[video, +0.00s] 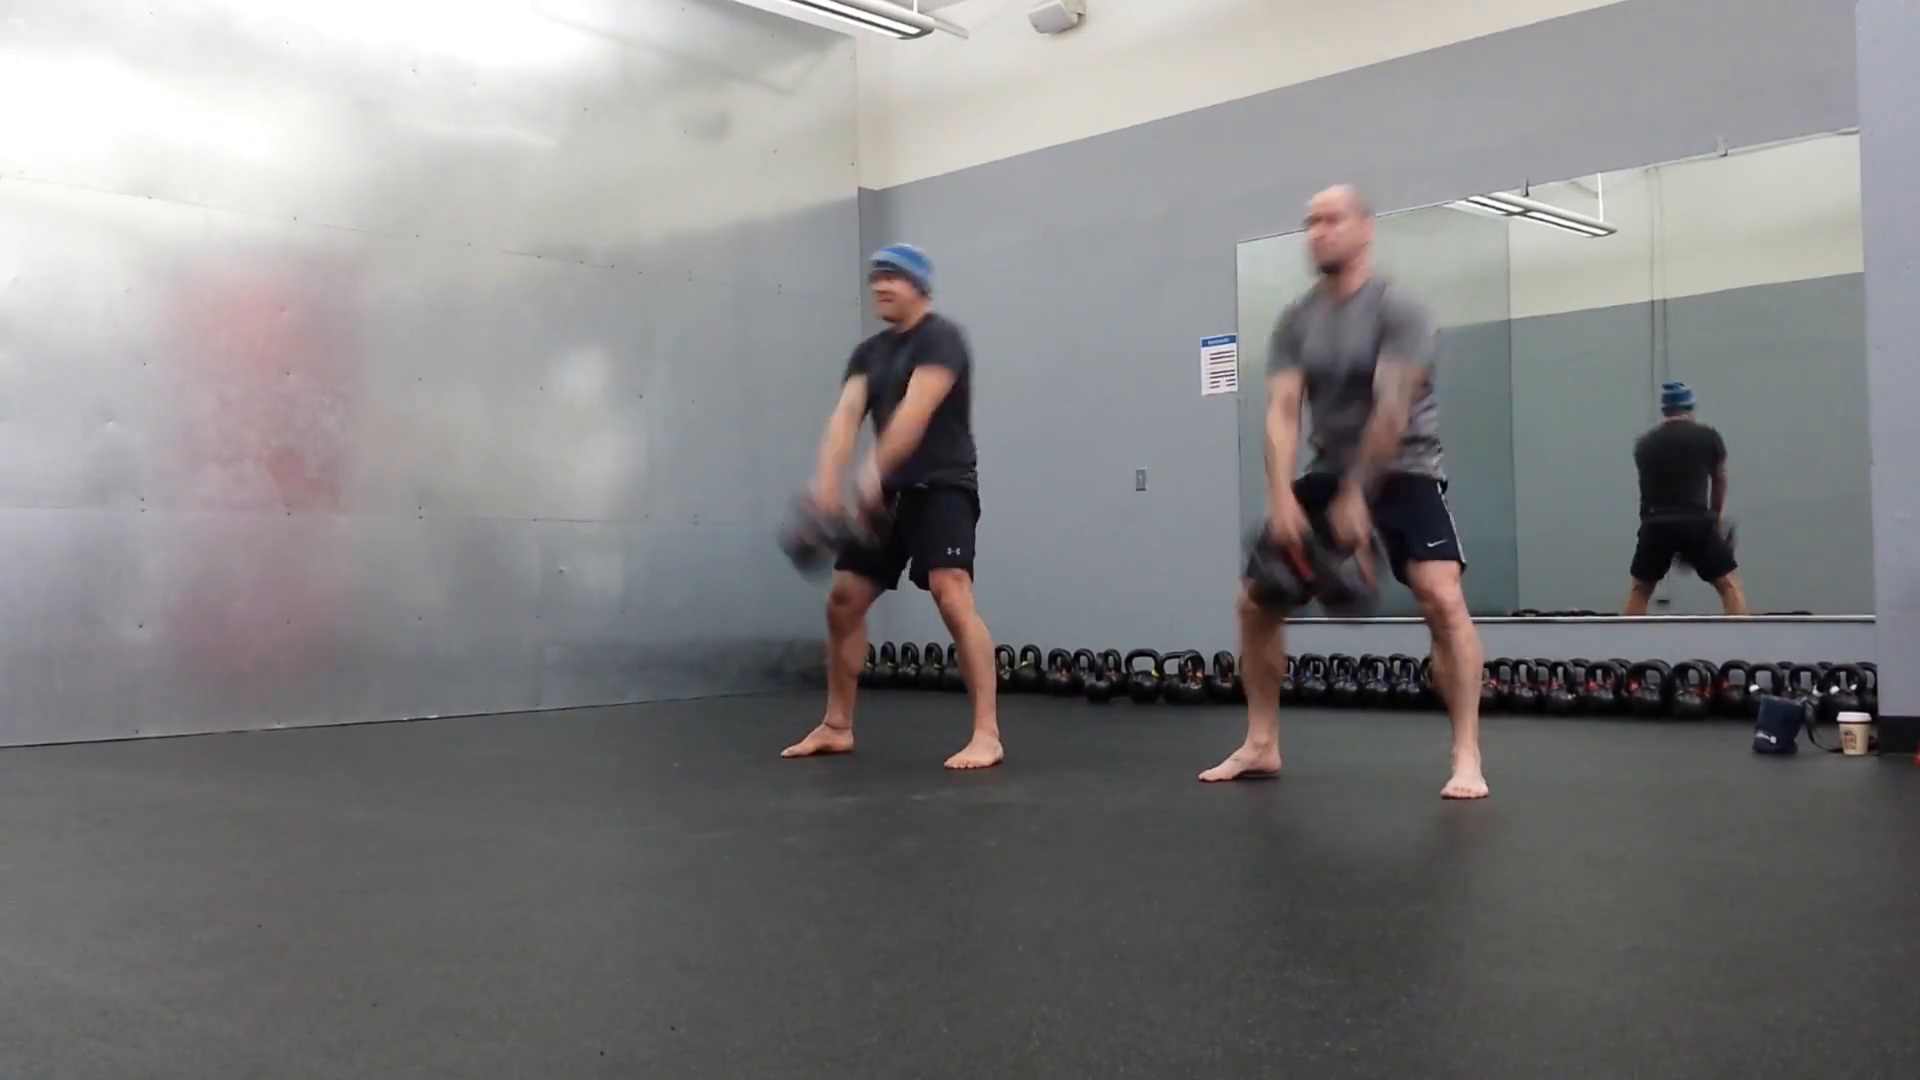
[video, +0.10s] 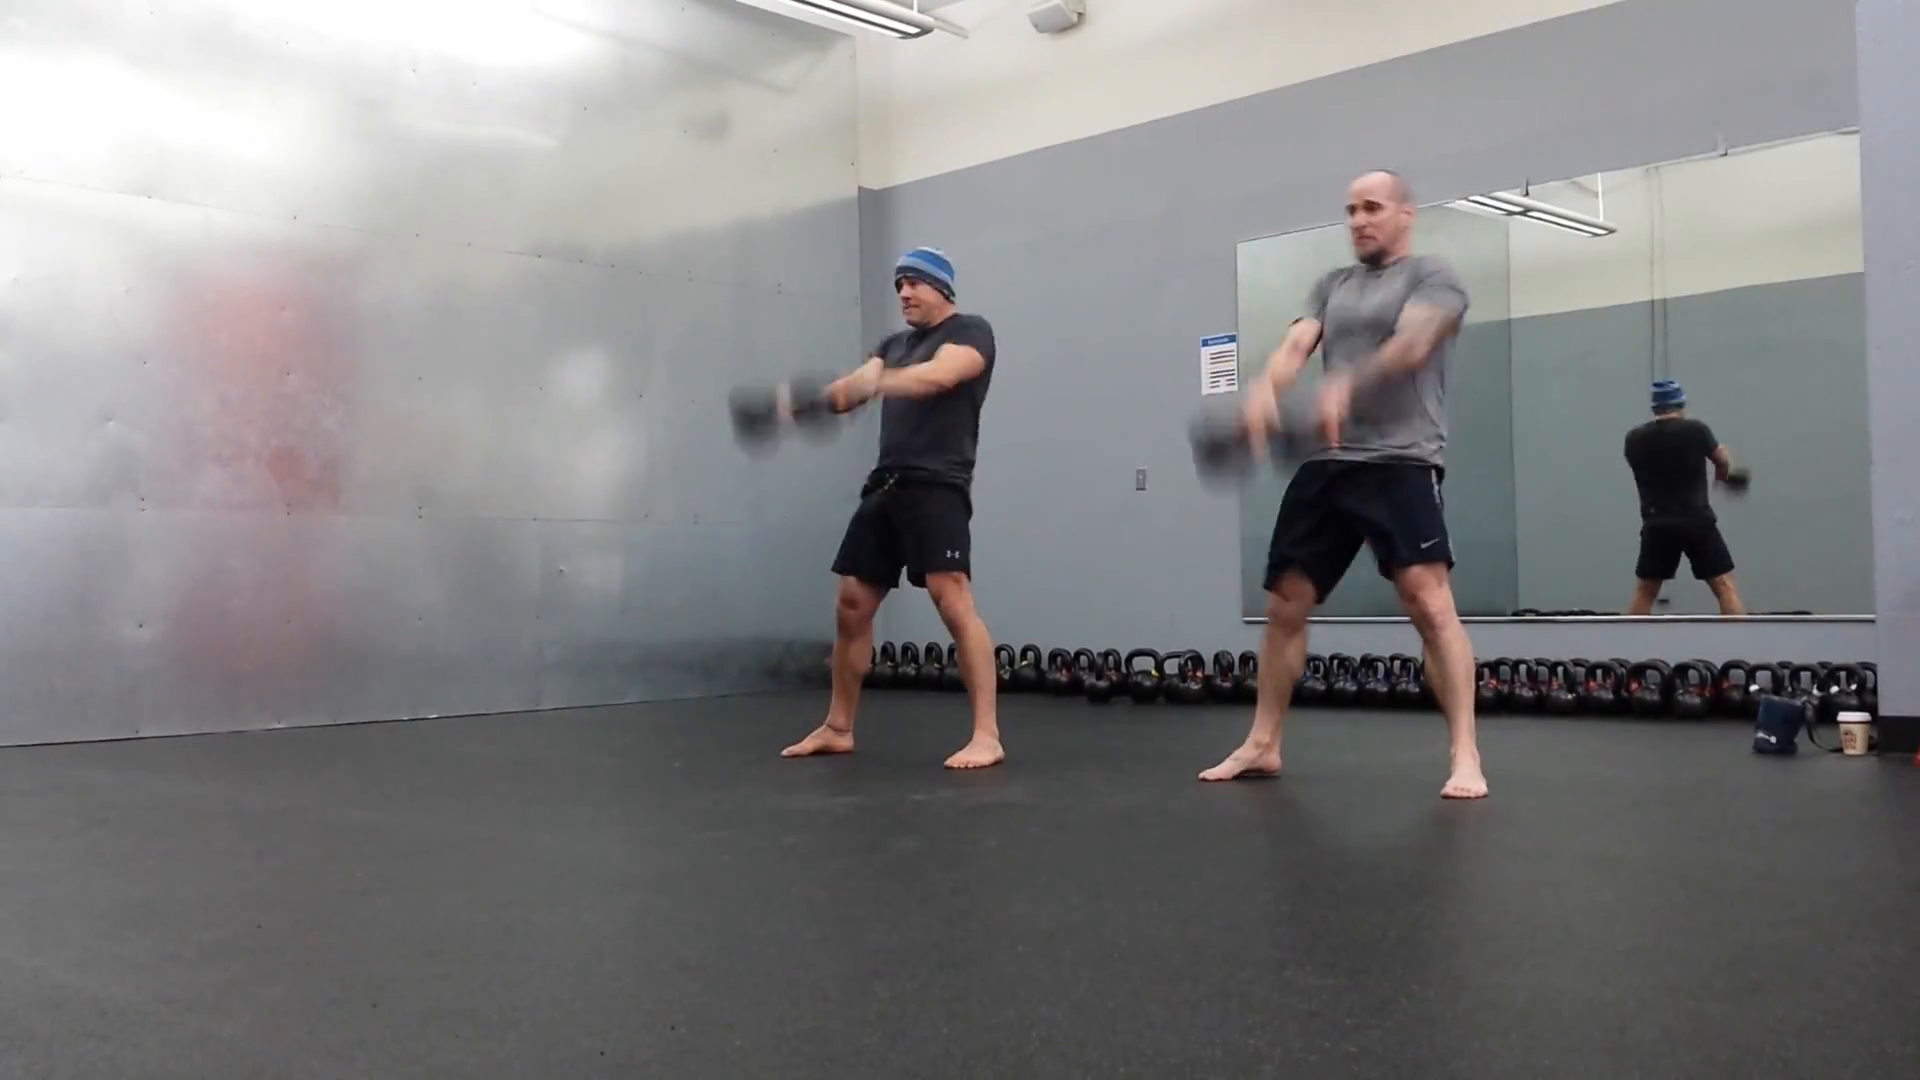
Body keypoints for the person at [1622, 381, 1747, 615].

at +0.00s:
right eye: (1689, 408)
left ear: (1664, 410)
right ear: (1690, 408)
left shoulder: (1644, 443)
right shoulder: (1708, 437)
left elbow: (1647, 490)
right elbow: (1719, 484)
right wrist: (1715, 521)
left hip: (1656, 526)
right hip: (1697, 525)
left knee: (1639, 592)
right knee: (1728, 587)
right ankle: (1743, 647)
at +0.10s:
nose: (1682, 409)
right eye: (1681, 405)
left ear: (1654, 407)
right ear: (1680, 405)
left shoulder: (1634, 438)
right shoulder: (1696, 430)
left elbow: (1647, 472)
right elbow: (1721, 461)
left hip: (1657, 528)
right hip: (1697, 525)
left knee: (1644, 594)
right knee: (1723, 588)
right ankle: (1744, 647)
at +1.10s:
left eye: (1679, 405)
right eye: (1695, 403)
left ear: (1671, 409)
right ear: (1698, 407)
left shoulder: (1656, 437)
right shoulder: (1714, 431)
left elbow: (1644, 403)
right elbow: (1747, 393)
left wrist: (1649, 367)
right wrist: (1729, 359)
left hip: (1674, 526)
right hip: (1711, 524)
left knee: (1654, 595)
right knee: (1729, 591)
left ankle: (1628, 650)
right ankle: (1745, 654)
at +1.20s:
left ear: (1666, 409)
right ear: (1693, 407)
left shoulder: (1652, 439)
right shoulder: (1712, 432)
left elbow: (1643, 414)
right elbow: (1751, 404)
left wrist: (1648, 382)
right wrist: (1730, 372)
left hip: (1672, 527)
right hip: (1710, 524)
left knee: (1653, 595)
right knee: (1729, 591)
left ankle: (1625, 649)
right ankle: (1745, 653)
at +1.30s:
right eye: (1687, 404)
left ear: (1663, 409)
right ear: (1692, 406)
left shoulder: (1650, 441)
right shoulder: (1709, 435)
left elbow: (1643, 425)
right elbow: (1752, 417)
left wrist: (1650, 395)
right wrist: (1733, 386)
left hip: (1670, 528)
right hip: (1709, 525)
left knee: (1653, 595)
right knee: (1728, 591)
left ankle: (1625, 647)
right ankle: (1745, 650)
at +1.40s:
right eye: (1687, 403)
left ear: (1663, 409)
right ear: (1691, 406)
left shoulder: (1649, 443)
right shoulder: (1707, 436)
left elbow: (1643, 441)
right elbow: (1751, 432)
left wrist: (1651, 416)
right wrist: (1734, 400)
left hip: (1669, 528)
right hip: (1708, 526)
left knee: (1652, 595)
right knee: (1727, 589)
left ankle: (1624, 648)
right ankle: (1745, 648)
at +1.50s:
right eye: (1687, 402)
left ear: (1663, 408)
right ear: (1690, 405)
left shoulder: (1648, 445)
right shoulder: (1706, 438)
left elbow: (1645, 447)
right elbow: (1747, 446)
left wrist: (1646, 429)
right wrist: (1732, 415)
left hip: (1669, 528)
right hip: (1708, 526)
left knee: (1651, 594)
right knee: (1727, 589)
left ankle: (1624, 647)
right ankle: (1744, 647)